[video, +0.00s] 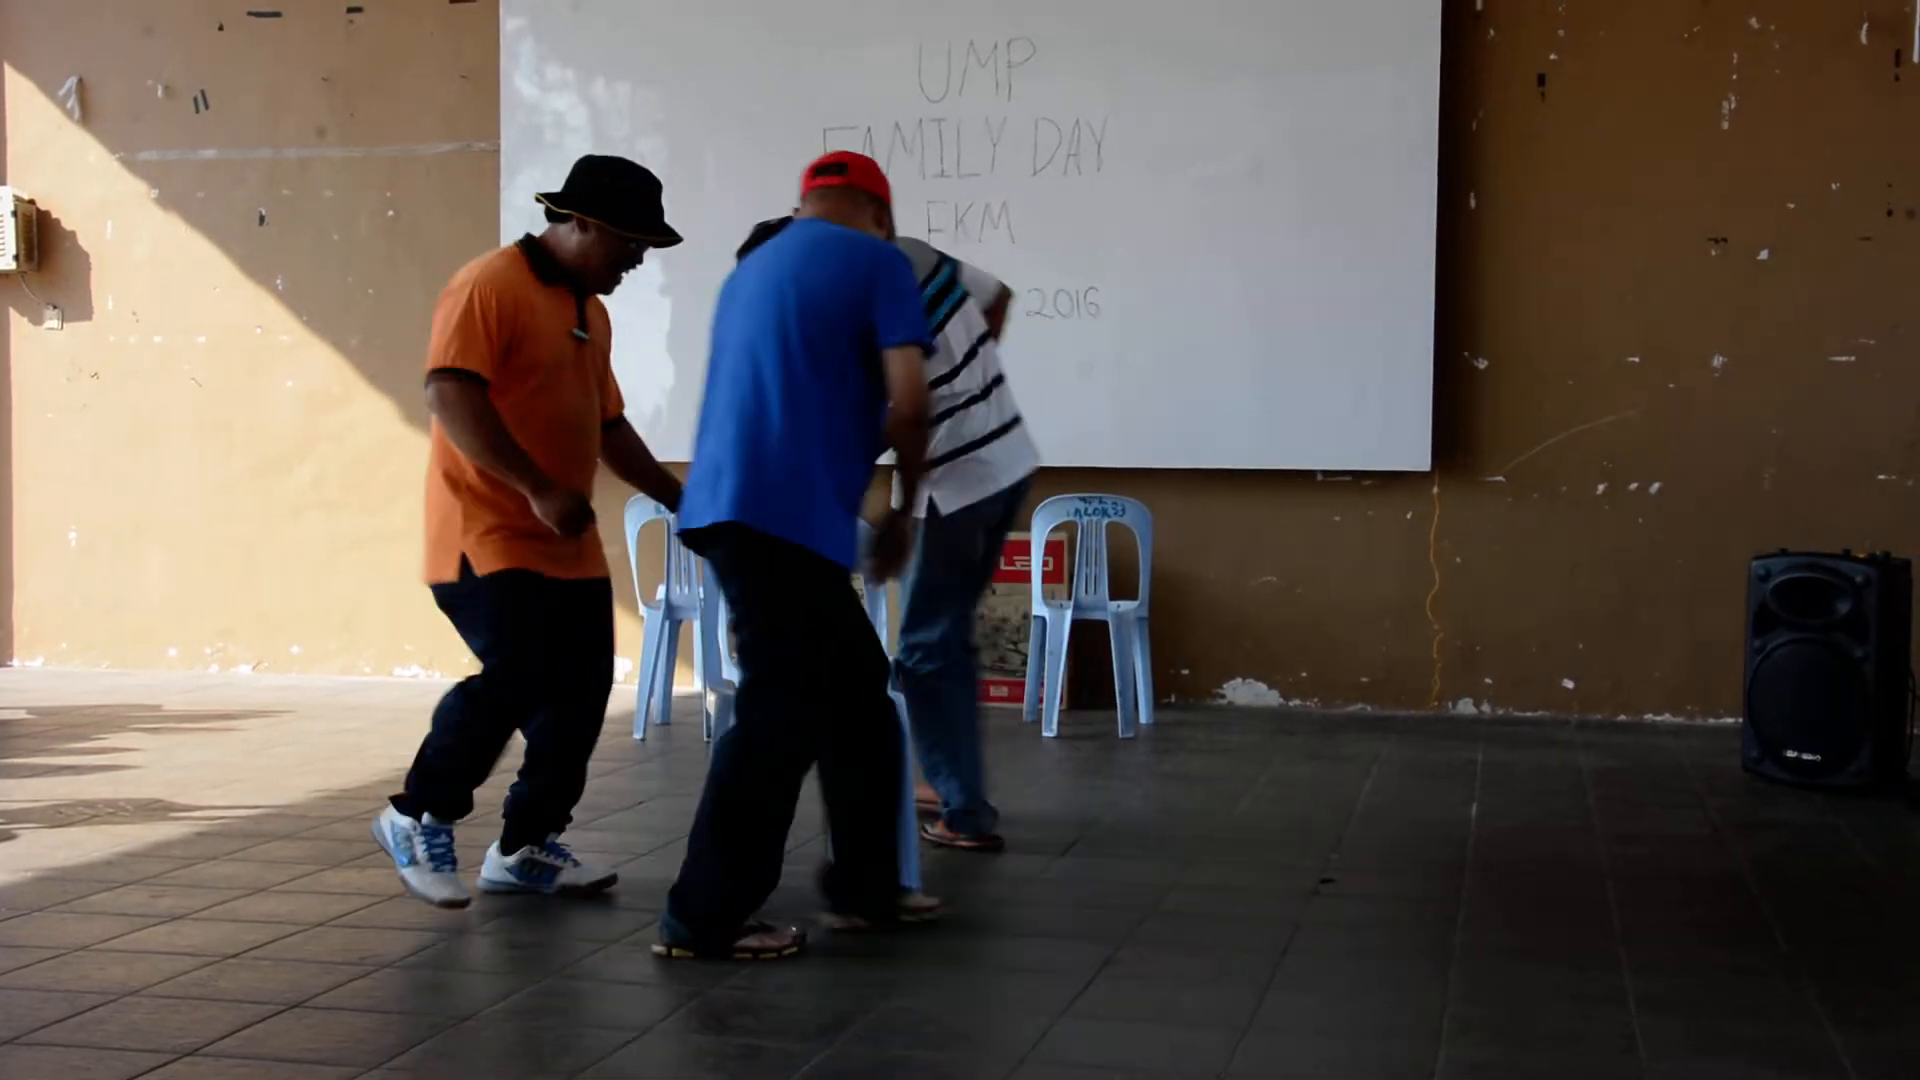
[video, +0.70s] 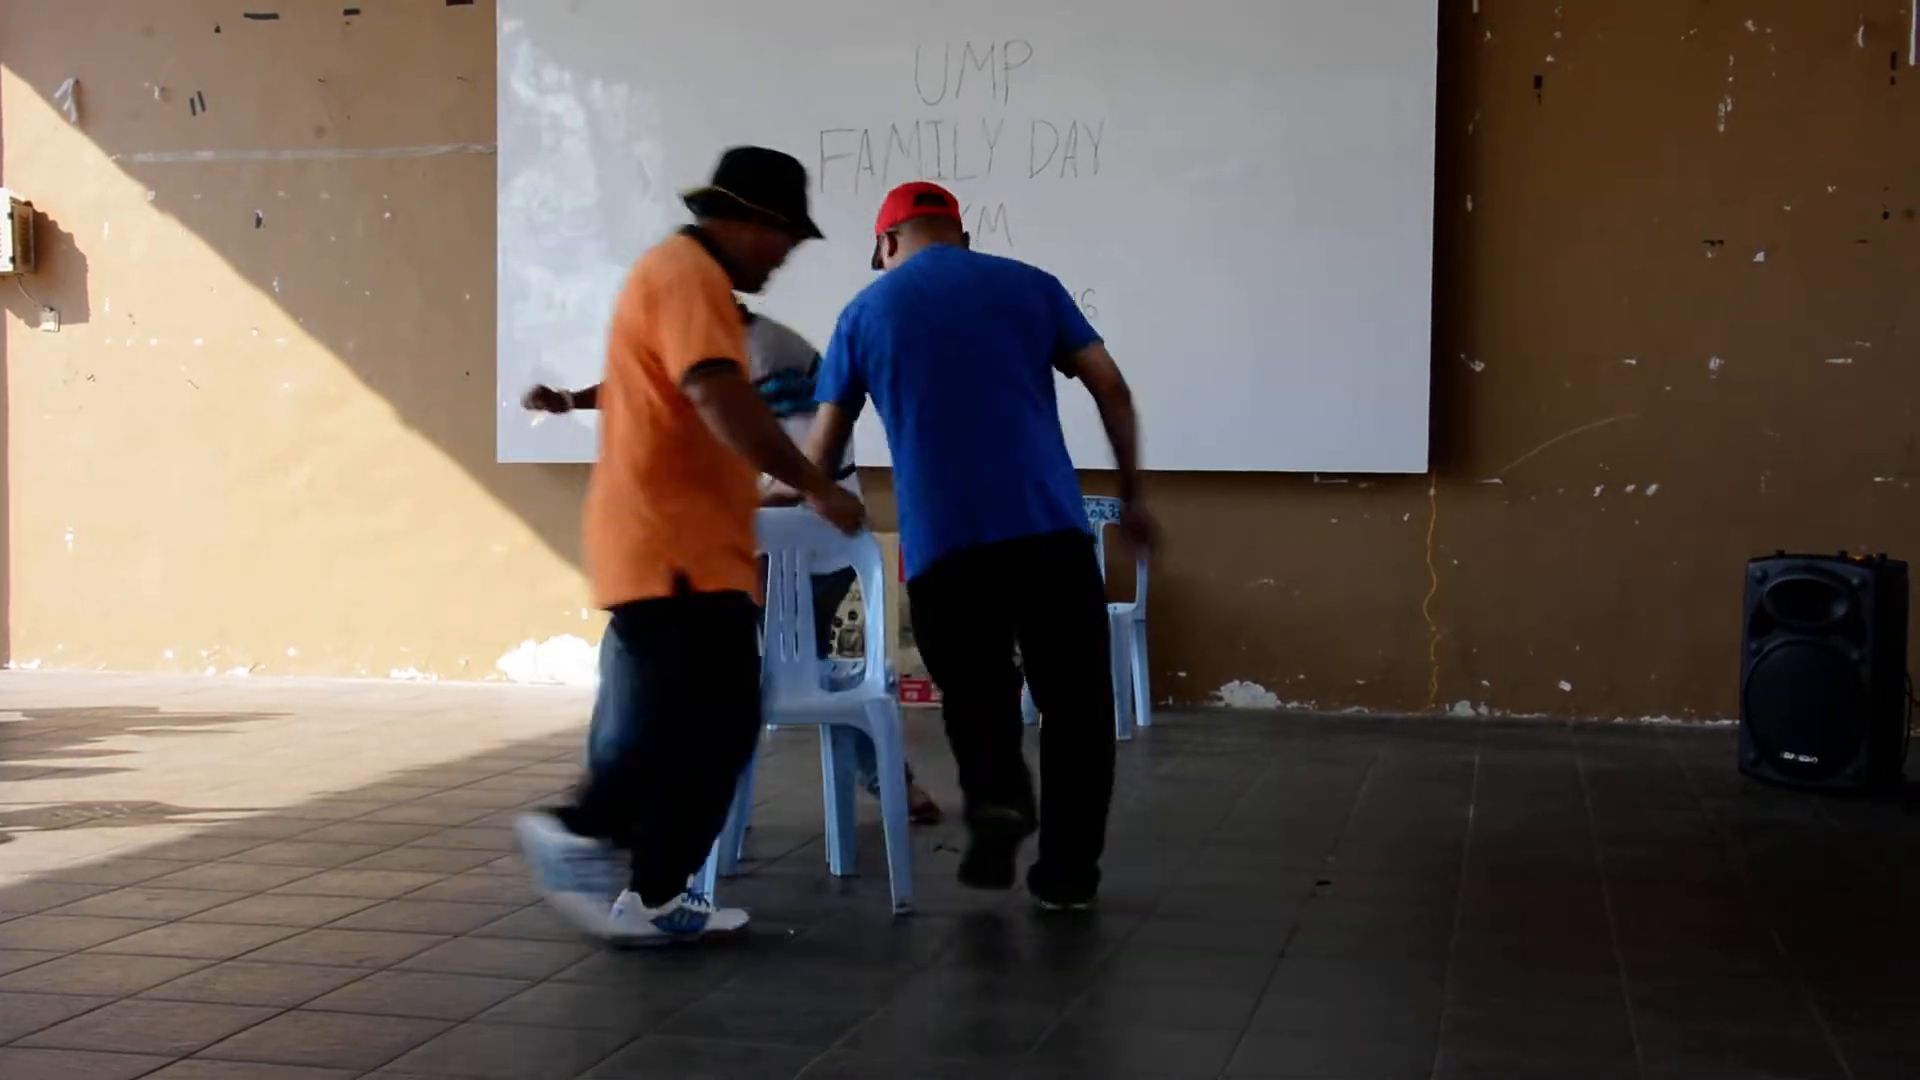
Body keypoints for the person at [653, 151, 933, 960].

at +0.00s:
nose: (888, 236)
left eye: (885, 226)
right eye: (888, 224)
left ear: (807, 205)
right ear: (873, 210)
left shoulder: (757, 263)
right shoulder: (878, 259)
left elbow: (761, 398)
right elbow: (911, 403)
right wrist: (907, 507)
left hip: (723, 505)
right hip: (789, 514)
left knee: (859, 696)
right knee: (777, 712)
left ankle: (865, 888)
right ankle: (703, 921)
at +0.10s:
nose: (909, 241)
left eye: (904, 232)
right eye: (909, 229)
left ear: (828, 214)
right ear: (897, 219)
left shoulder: (775, 274)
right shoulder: (906, 268)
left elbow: (741, 403)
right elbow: (944, 404)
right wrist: (970, 497)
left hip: (748, 514)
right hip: (822, 519)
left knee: (867, 701)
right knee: (846, 704)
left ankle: (874, 895)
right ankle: (710, 904)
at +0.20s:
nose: (921, 246)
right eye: (922, 234)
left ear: (844, 224)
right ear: (919, 228)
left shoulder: (796, 286)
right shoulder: (928, 273)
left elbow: (738, 414)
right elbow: (975, 395)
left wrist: (774, 496)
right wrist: (1018, 511)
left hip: (776, 520)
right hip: (862, 518)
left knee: (866, 706)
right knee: (920, 695)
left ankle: (874, 894)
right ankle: (799, 836)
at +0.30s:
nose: (927, 231)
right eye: (928, 221)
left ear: (855, 223)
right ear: (931, 221)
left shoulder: (812, 284)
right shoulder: (952, 266)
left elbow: (742, 410)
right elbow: (998, 364)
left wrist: (777, 502)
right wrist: (1037, 496)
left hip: (814, 527)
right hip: (912, 522)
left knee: (856, 708)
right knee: (975, 684)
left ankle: (863, 893)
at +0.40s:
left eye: (869, 220)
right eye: (935, 219)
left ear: (863, 223)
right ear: (939, 218)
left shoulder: (822, 286)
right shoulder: (971, 258)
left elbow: (745, 402)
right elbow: (1006, 339)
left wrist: (774, 474)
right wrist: (1037, 452)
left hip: (856, 534)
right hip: (961, 526)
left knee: (870, 719)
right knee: (1003, 699)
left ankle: (870, 900)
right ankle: (1043, 874)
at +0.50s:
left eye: (886, 224)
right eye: (947, 222)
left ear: (875, 231)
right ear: (950, 221)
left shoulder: (832, 299)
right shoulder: (993, 257)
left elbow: (770, 415)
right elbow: (1030, 326)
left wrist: (780, 465)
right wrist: (1053, 433)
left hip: (901, 538)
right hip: (1007, 527)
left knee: (897, 723)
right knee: (1045, 694)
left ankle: (895, 901)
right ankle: (1073, 868)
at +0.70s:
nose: (882, 261)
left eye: (880, 252)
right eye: (883, 252)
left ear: (891, 243)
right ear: (960, 232)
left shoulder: (870, 308)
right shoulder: (1030, 282)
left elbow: (823, 450)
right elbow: (1109, 384)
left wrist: (817, 493)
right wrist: (1133, 495)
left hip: (946, 544)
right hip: (1050, 528)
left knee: (974, 691)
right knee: (1077, 702)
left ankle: (996, 808)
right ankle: (1069, 878)